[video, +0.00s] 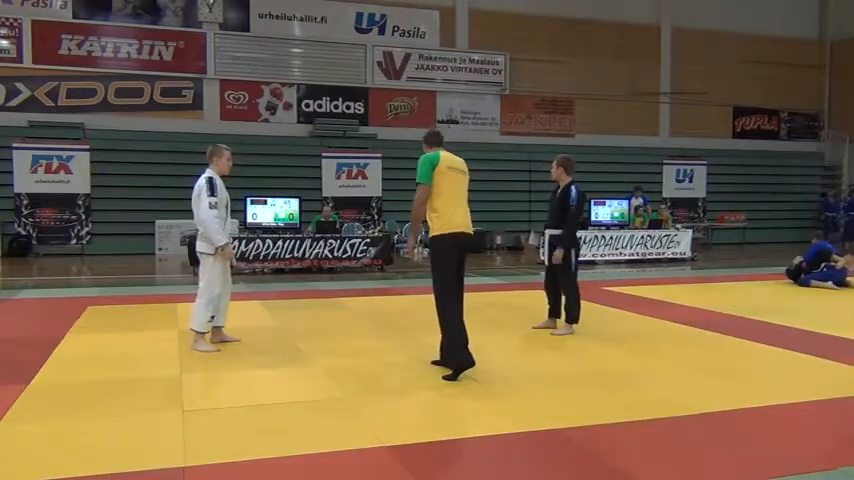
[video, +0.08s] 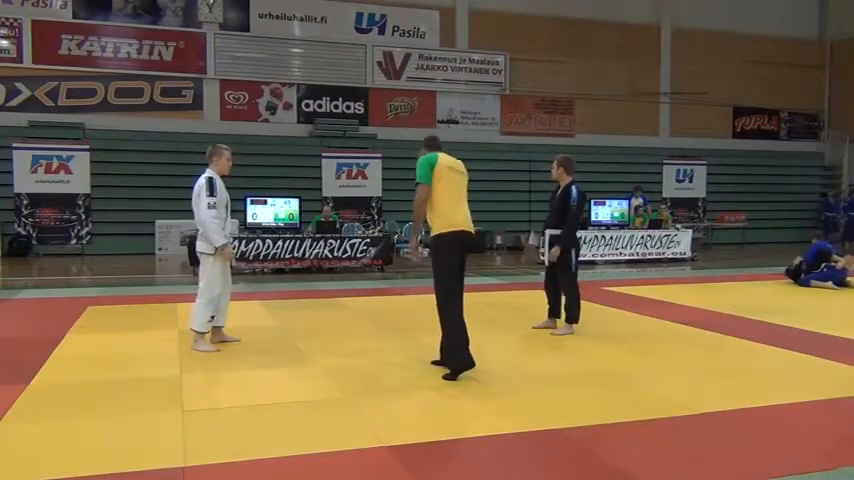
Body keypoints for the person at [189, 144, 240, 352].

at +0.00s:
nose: (231, 164)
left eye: (231, 160)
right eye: (228, 159)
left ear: (216, 160)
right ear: (216, 160)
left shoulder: (216, 182)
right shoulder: (207, 181)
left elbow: (217, 217)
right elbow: (207, 216)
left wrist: (227, 242)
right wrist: (223, 243)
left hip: (220, 245)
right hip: (209, 246)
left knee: (224, 288)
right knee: (210, 289)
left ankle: (217, 331)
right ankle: (199, 338)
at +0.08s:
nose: (231, 164)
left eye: (230, 160)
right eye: (228, 159)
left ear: (216, 160)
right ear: (215, 160)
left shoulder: (216, 182)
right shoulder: (208, 181)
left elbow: (217, 217)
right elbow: (206, 216)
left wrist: (227, 242)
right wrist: (222, 244)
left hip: (220, 245)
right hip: (209, 246)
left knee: (223, 288)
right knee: (209, 289)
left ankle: (217, 331)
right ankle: (199, 338)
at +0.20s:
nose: (231, 164)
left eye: (231, 160)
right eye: (228, 159)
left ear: (216, 160)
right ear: (216, 160)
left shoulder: (216, 182)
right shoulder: (208, 181)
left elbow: (216, 216)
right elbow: (206, 216)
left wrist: (226, 241)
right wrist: (221, 243)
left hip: (220, 245)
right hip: (210, 246)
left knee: (223, 288)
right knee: (209, 289)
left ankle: (217, 331)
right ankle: (199, 338)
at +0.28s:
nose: (231, 164)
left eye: (231, 159)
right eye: (229, 159)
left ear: (216, 160)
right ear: (216, 160)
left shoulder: (216, 182)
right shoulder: (209, 181)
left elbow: (215, 216)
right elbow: (206, 216)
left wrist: (225, 241)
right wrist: (220, 243)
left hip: (220, 245)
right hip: (210, 246)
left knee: (223, 288)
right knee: (209, 289)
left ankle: (217, 331)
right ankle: (199, 338)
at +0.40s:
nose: (232, 164)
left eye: (232, 159)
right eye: (229, 159)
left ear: (217, 160)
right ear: (217, 160)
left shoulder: (216, 182)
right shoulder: (209, 181)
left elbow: (214, 216)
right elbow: (204, 216)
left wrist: (225, 241)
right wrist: (219, 243)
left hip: (220, 245)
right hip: (209, 246)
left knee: (223, 288)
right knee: (208, 290)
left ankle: (217, 331)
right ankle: (198, 337)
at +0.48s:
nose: (232, 163)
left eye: (232, 159)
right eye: (230, 159)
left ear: (217, 160)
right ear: (217, 160)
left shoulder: (216, 181)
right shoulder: (209, 181)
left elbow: (214, 216)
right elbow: (205, 216)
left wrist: (224, 240)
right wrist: (219, 243)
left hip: (220, 245)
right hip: (209, 246)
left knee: (222, 288)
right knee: (208, 289)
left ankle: (217, 331)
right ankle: (198, 337)